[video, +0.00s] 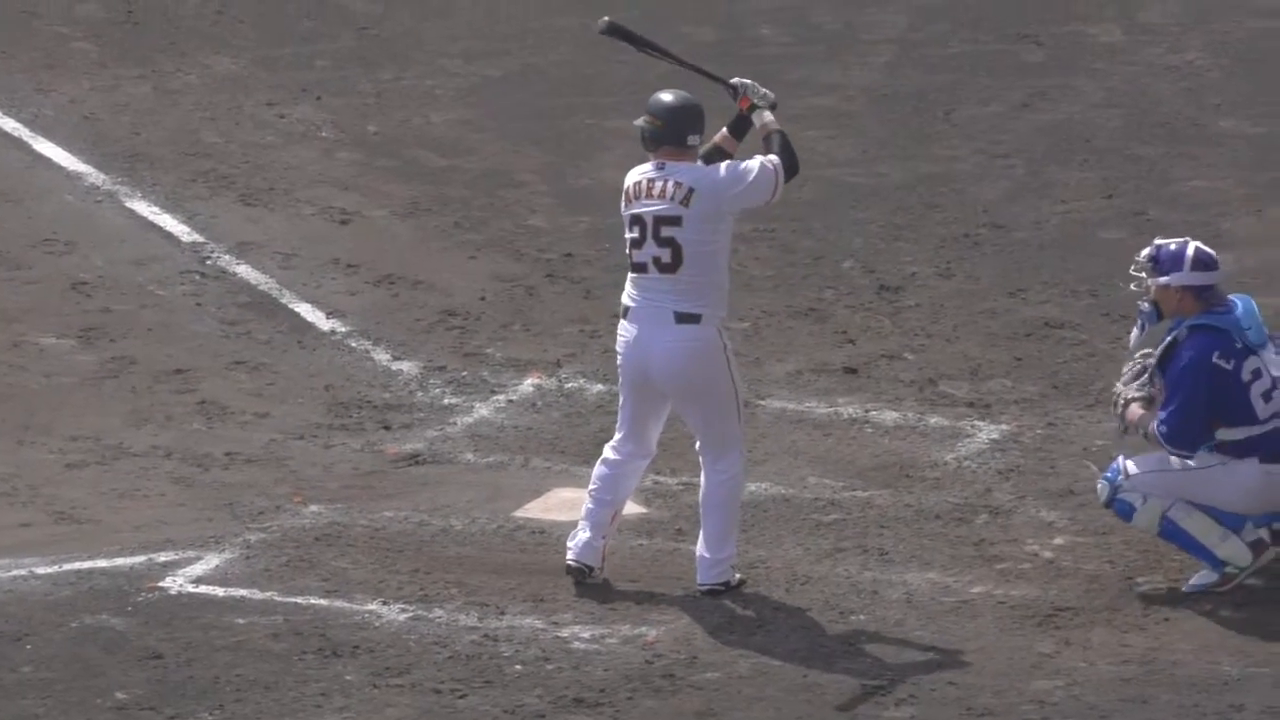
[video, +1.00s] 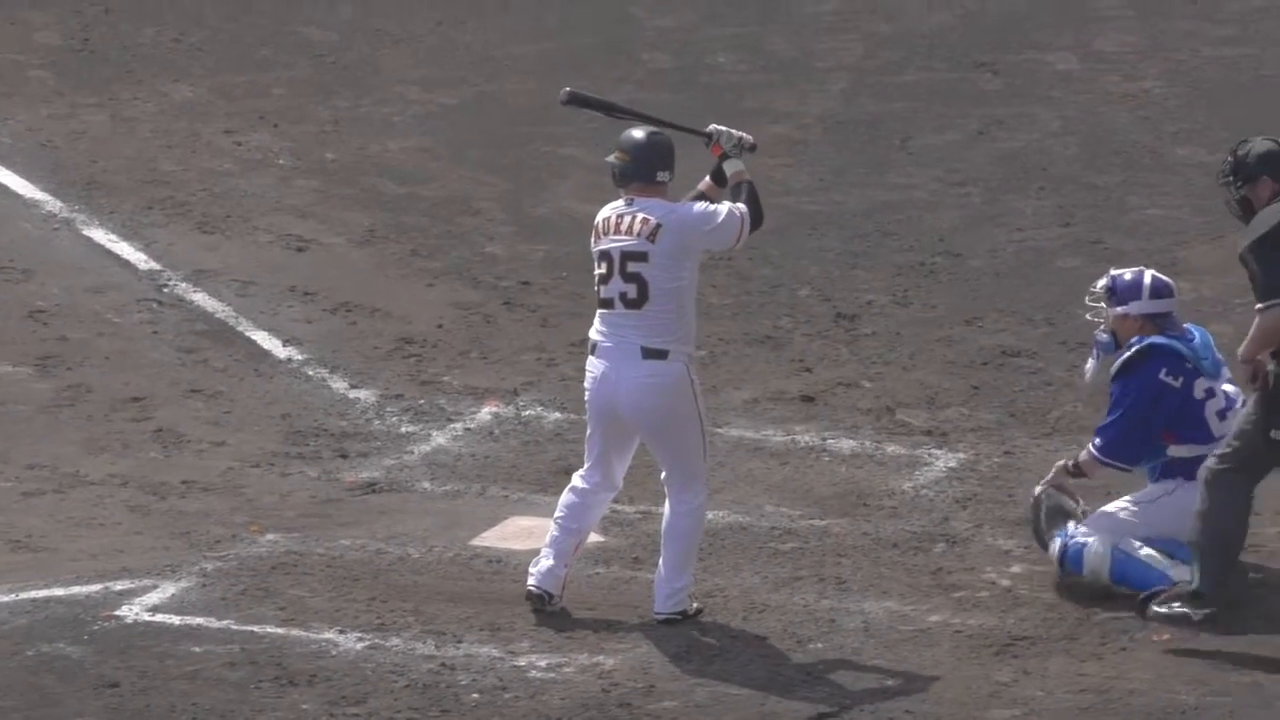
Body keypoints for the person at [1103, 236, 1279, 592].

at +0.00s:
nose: (1149, 292)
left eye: (1155, 285)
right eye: (1151, 284)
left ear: (1180, 293)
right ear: (1200, 290)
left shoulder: (1196, 352)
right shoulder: (1238, 313)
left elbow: (1179, 439)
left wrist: (1141, 417)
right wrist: (1158, 386)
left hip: (1258, 476)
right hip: (1269, 461)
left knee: (1120, 483)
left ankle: (1233, 557)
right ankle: (1254, 530)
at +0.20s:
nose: (1127, 306)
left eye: (1133, 298)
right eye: (1128, 297)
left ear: (1159, 306)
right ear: (1177, 300)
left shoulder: (1180, 365)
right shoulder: (1216, 313)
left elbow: (1160, 453)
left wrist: (1124, 420)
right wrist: (1137, 371)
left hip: (1250, 481)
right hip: (1272, 460)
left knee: (1106, 489)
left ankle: (1220, 556)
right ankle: (1253, 520)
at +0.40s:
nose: (1116, 314)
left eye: (1121, 307)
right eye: (1117, 305)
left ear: (1145, 314)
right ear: (1170, 305)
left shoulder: (1164, 375)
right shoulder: (1202, 316)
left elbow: (1139, 461)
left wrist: (1110, 417)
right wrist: (1126, 384)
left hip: (1237, 490)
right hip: (1270, 464)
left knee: (1094, 498)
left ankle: (1209, 561)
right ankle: (1228, 520)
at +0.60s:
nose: (1113, 314)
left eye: (1118, 306)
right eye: (1114, 305)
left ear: (1142, 313)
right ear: (1167, 307)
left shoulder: (1158, 372)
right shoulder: (1202, 325)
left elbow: (1123, 452)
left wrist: (1103, 410)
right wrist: (1123, 386)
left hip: (1229, 493)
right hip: (1268, 471)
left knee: (1084, 503)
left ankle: (1200, 567)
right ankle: (1215, 529)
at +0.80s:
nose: (1112, 316)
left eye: (1118, 308)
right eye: (1114, 307)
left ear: (1141, 314)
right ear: (1160, 311)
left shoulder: (1154, 362)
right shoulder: (1190, 332)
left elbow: (1120, 445)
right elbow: (1130, 388)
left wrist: (1080, 432)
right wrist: (1089, 410)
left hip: (1216, 494)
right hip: (1242, 477)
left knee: (1081, 515)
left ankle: (1189, 574)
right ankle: (1203, 540)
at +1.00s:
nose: (1105, 321)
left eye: (1112, 314)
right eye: (1107, 312)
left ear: (1135, 321)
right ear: (1162, 315)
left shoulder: (1145, 368)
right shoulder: (1196, 339)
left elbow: (1111, 450)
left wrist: (1068, 469)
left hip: (1194, 494)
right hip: (1231, 483)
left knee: (1073, 543)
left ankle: (1184, 582)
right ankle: (1204, 566)